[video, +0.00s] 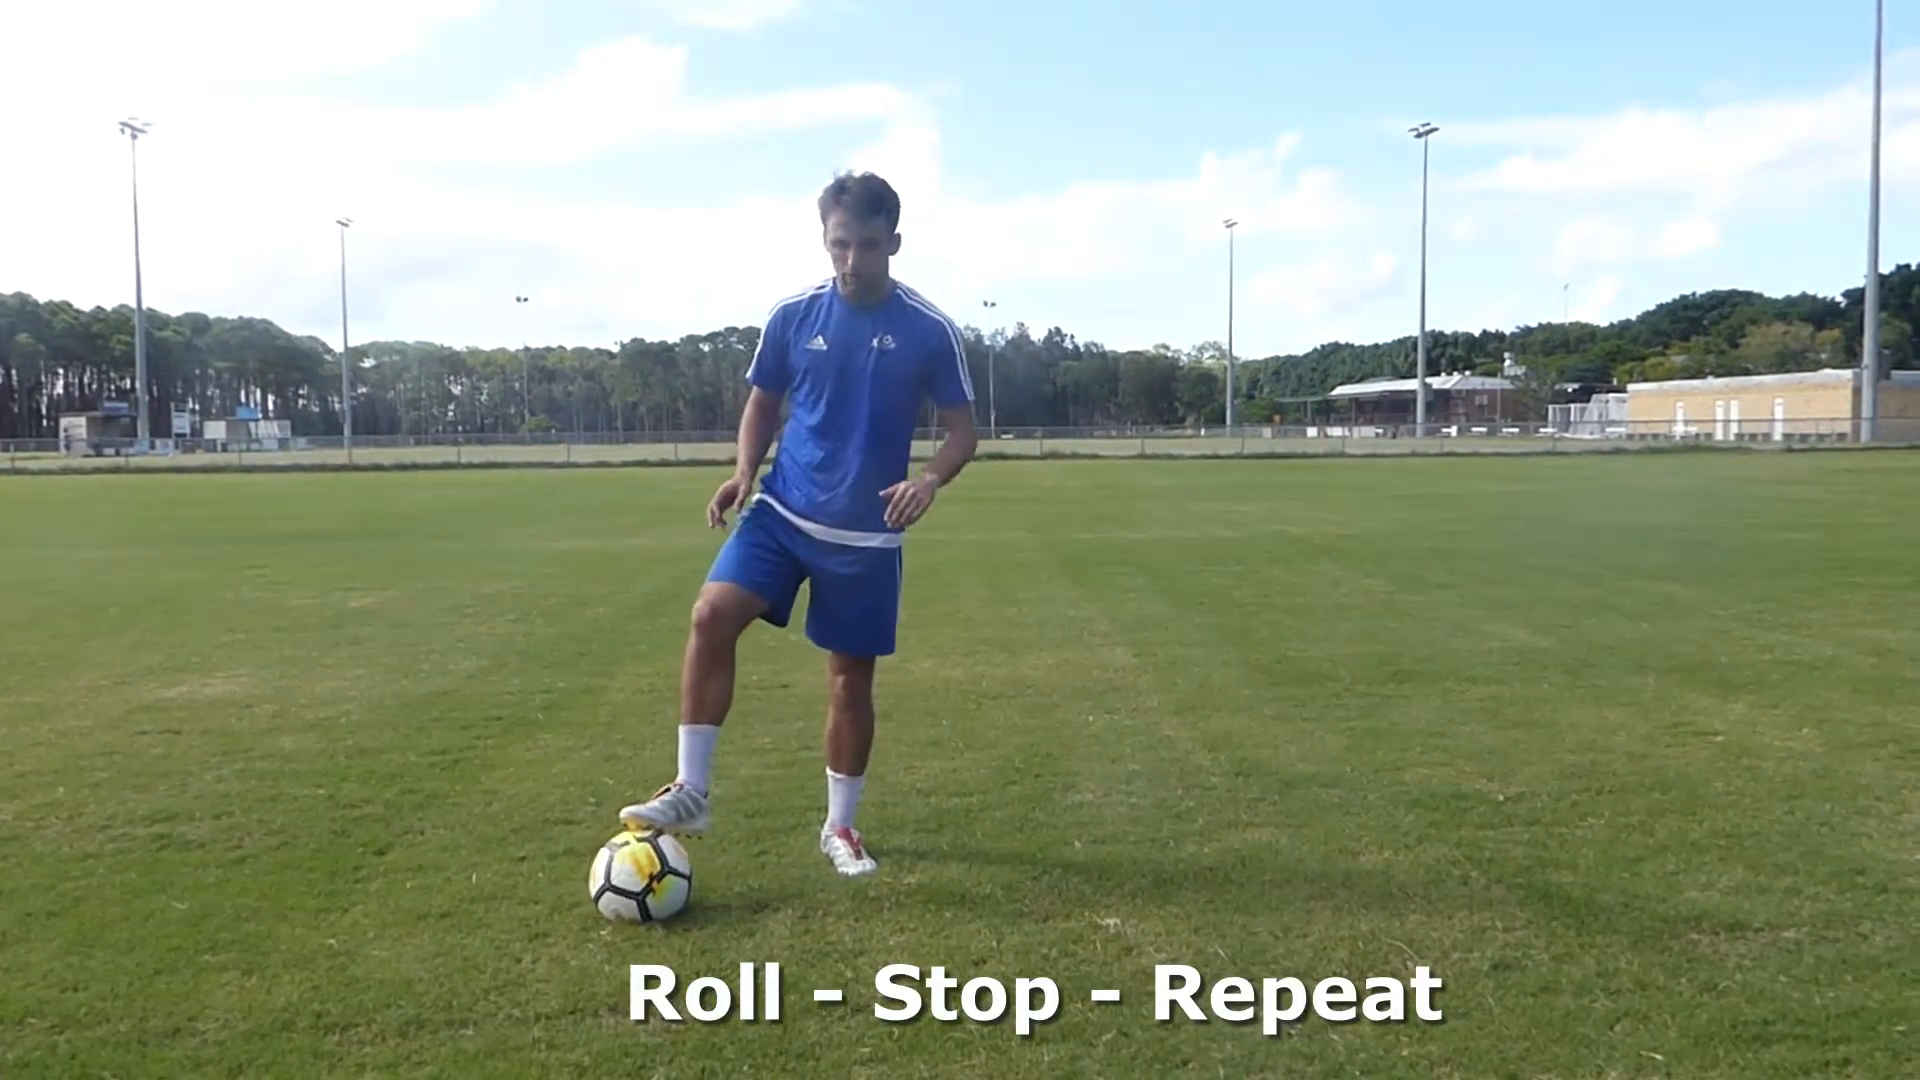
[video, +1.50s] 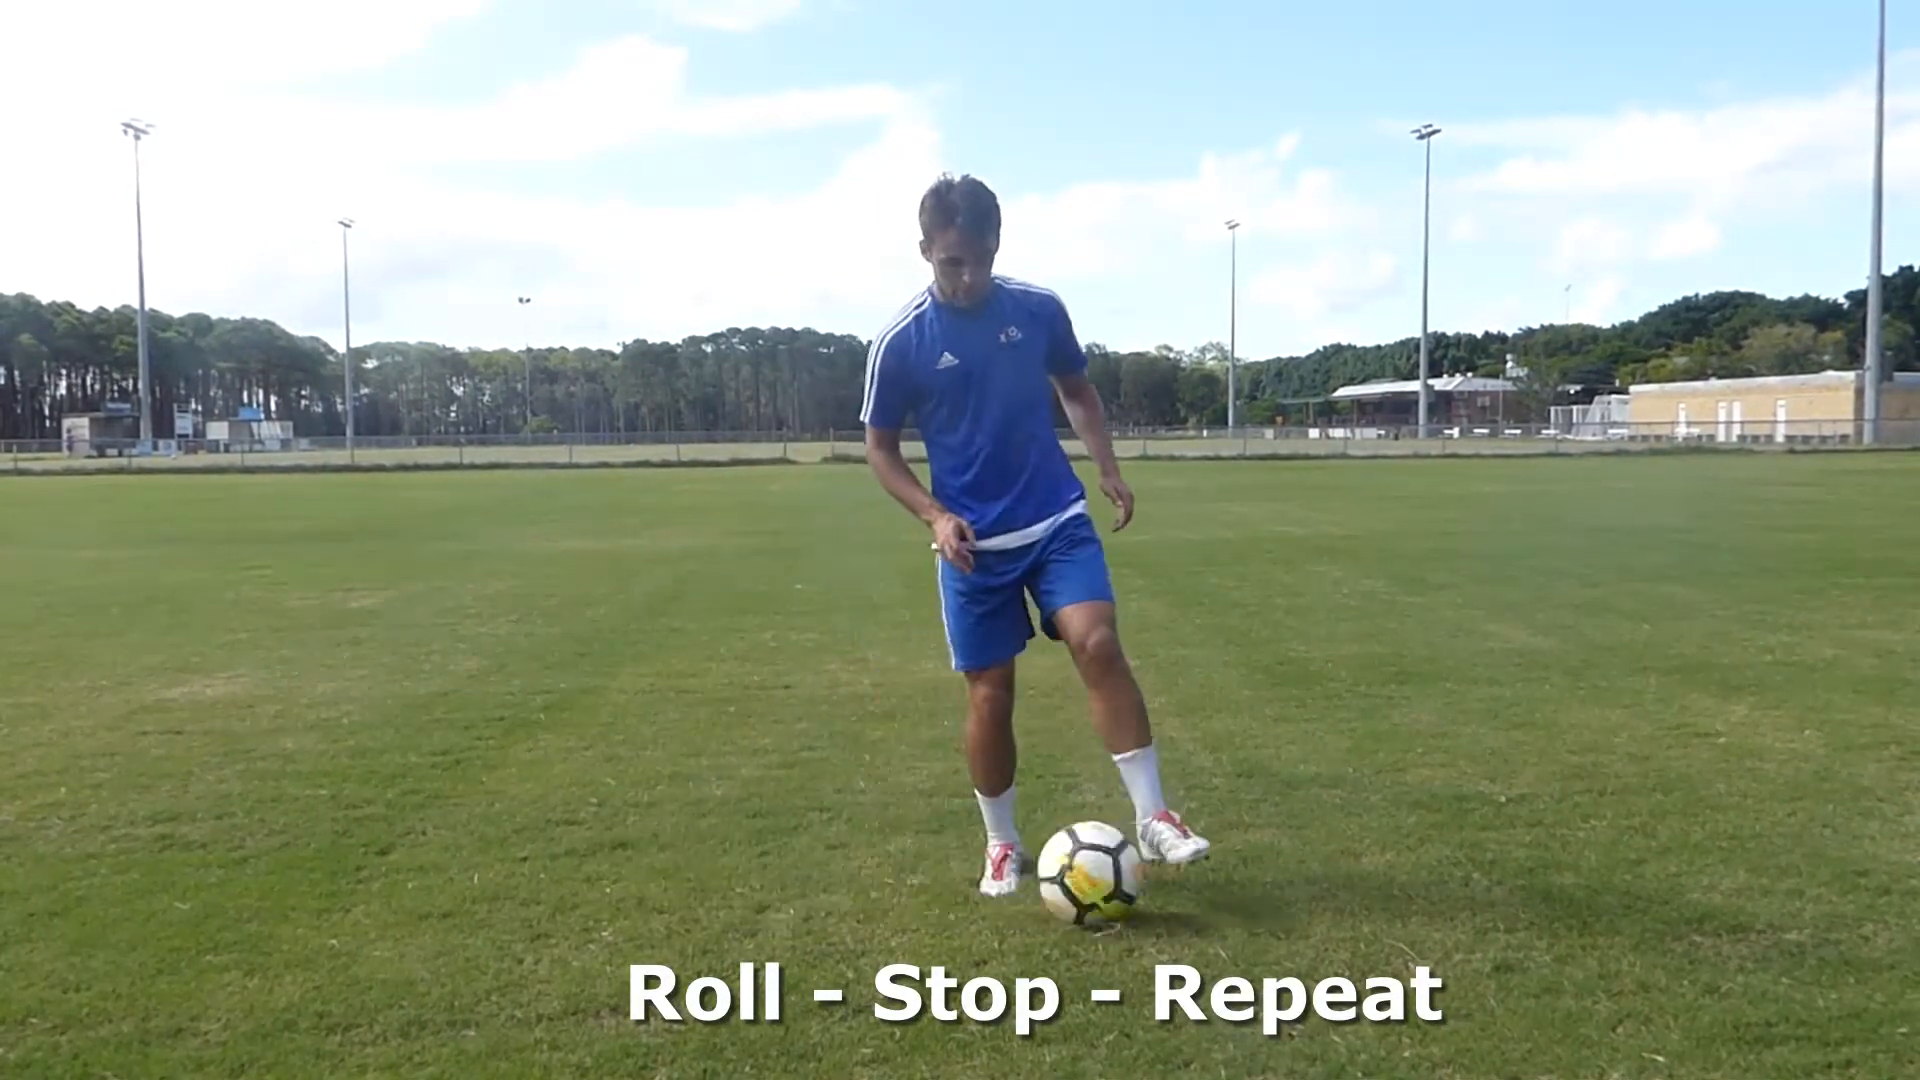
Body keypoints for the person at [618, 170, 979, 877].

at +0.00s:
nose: (849, 262)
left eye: (863, 247)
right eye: (837, 247)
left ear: (893, 240)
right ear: (823, 240)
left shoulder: (931, 333)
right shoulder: (794, 316)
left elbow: (962, 431)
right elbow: (763, 402)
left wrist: (931, 479)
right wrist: (744, 471)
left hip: (864, 538)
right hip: (781, 515)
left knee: (851, 687)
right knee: (712, 615)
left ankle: (839, 831)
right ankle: (690, 793)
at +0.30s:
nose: (869, 278)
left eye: (885, 264)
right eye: (859, 261)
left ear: (918, 253)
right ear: (848, 247)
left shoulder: (951, 341)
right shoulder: (814, 316)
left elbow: (979, 424)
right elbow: (764, 400)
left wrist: (987, 500)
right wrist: (752, 466)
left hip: (871, 539)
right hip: (786, 514)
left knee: (855, 688)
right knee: (702, 613)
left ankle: (842, 830)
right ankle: (666, 789)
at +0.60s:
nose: (888, 284)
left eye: (903, 270)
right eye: (877, 268)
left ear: (934, 258)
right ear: (863, 252)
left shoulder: (964, 333)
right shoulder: (830, 321)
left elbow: (980, 409)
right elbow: (774, 412)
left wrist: (997, 479)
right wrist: (776, 483)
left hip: (907, 537)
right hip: (823, 517)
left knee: (873, 689)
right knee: (771, 630)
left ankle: (843, 829)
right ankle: (729, 803)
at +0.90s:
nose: (896, 288)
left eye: (910, 273)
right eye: (885, 273)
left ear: (944, 257)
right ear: (873, 262)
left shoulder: (994, 330)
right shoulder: (848, 344)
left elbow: (1048, 404)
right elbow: (817, 428)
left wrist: (1060, 476)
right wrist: (834, 511)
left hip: (972, 547)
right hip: (892, 548)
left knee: (937, 699)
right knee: (945, 692)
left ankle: (859, 824)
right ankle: (989, 840)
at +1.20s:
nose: (947, 277)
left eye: (960, 262)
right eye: (932, 262)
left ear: (982, 247)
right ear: (910, 248)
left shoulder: (1025, 314)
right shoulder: (880, 336)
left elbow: (1064, 391)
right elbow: (848, 438)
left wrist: (1095, 461)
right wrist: (894, 507)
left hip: (1031, 532)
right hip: (944, 551)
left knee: (1079, 655)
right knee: (976, 698)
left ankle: (1049, 745)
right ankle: (998, 847)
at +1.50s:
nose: (964, 278)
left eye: (976, 261)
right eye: (948, 264)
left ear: (996, 246)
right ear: (924, 250)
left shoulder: (1038, 311)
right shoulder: (901, 345)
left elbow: (1077, 390)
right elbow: (880, 452)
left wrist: (1106, 465)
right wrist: (934, 514)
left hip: (1058, 523)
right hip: (973, 545)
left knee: (1098, 644)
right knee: (990, 697)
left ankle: (1153, 818)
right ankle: (1003, 847)